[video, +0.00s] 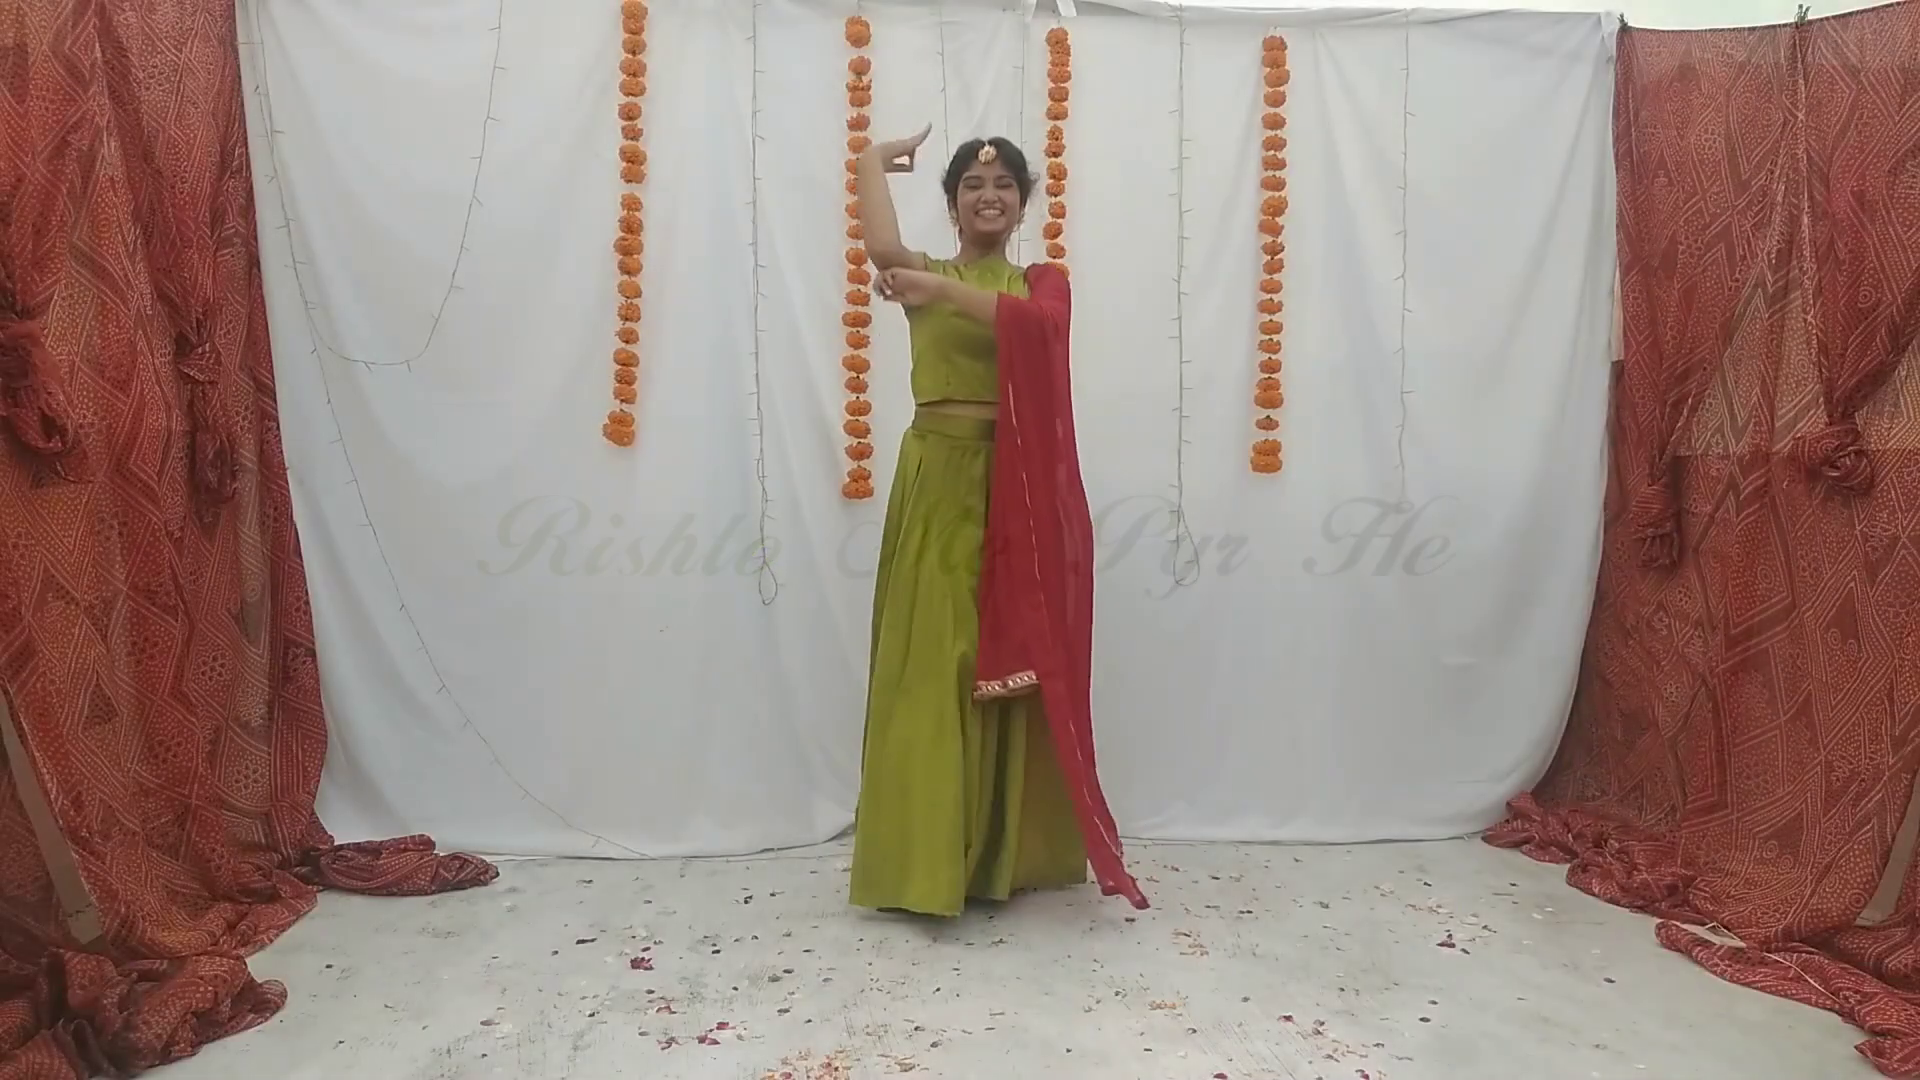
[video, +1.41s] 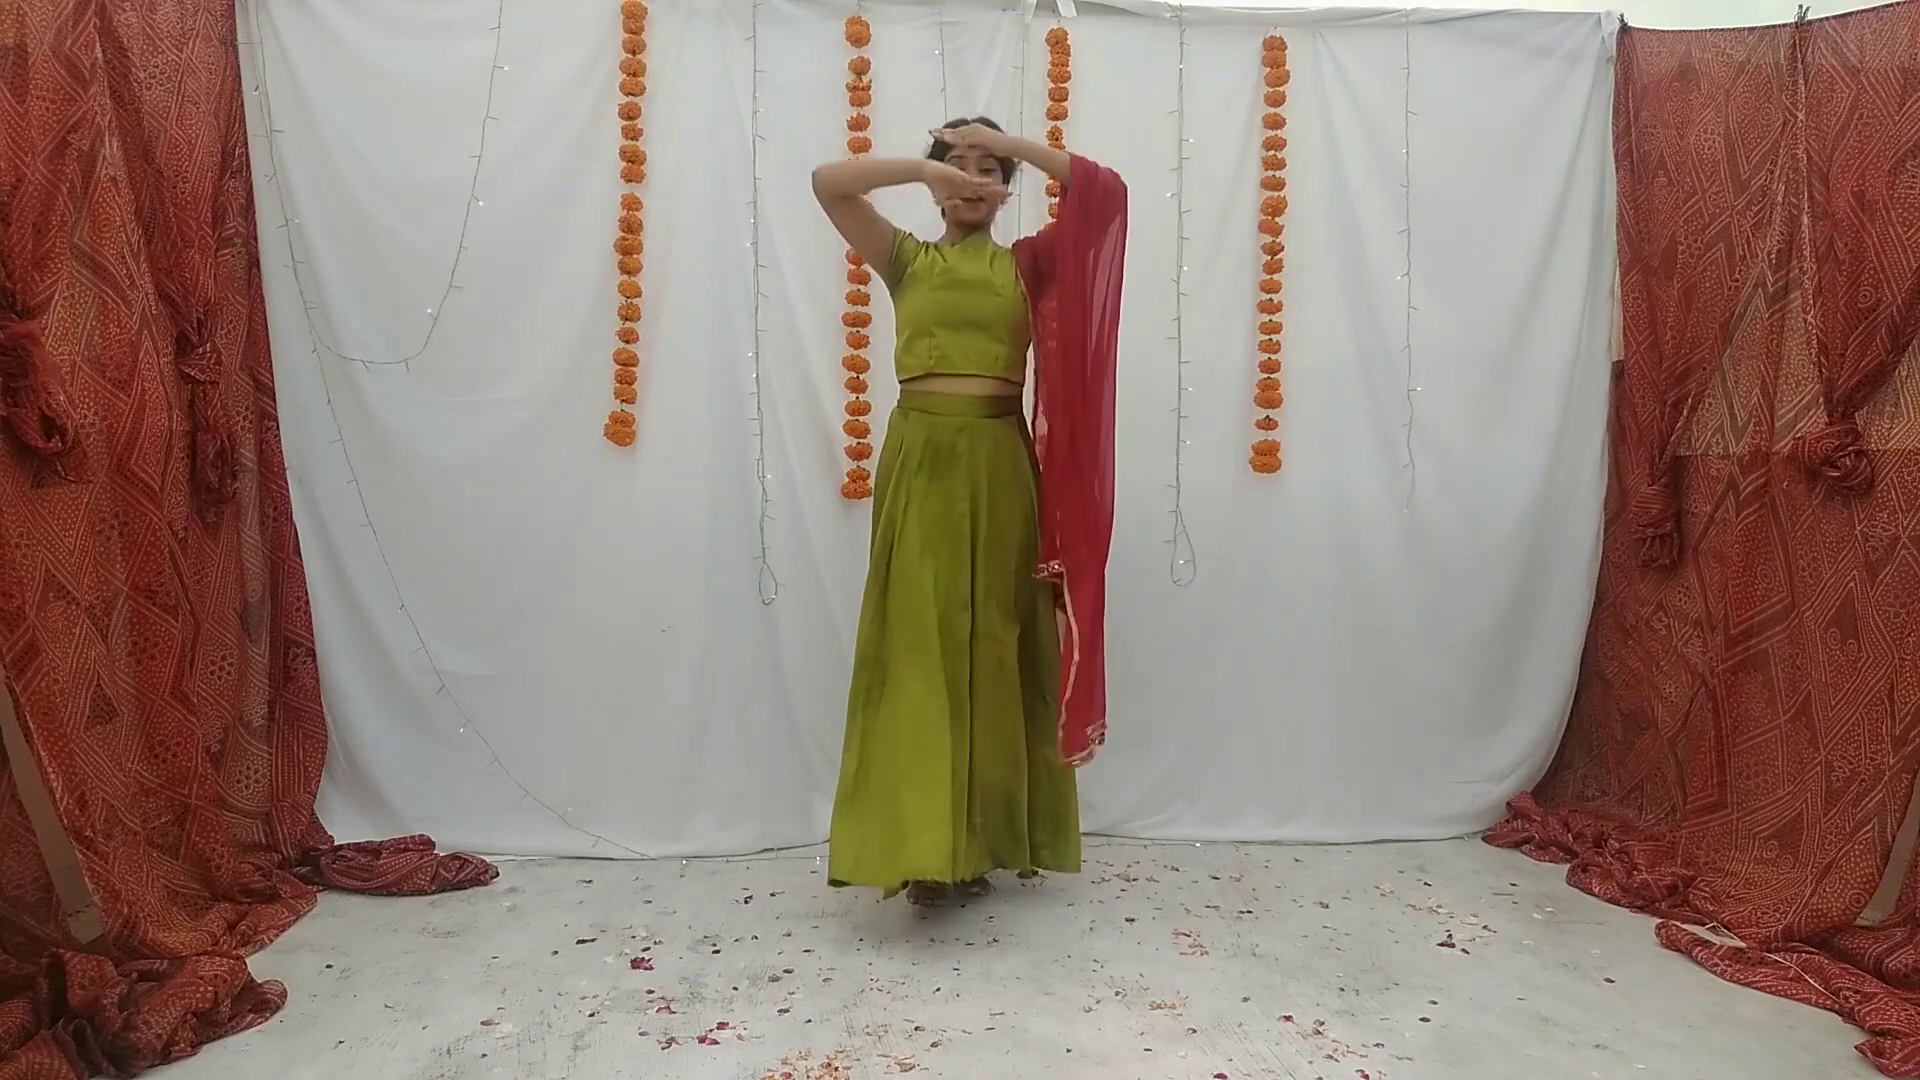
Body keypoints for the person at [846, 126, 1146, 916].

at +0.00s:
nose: (986, 198)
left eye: (1001, 186)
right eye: (973, 186)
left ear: (1022, 201)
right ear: (952, 201)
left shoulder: (1041, 285)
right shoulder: (930, 277)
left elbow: (1037, 330)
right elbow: (885, 248)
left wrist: (940, 290)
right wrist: (871, 160)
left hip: (1014, 484)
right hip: (935, 479)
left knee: (1008, 663)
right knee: (930, 666)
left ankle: (998, 858)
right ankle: (926, 863)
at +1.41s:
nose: (976, 180)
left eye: (990, 170)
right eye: (962, 168)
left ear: (1008, 187)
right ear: (936, 184)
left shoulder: (1026, 263)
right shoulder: (905, 258)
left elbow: (1107, 198)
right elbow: (828, 182)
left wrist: (1023, 147)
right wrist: (925, 167)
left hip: (998, 455)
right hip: (920, 452)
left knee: (992, 645)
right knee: (920, 644)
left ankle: (979, 842)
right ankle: (924, 852)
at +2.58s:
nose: (968, 166)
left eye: (985, 153)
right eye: (953, 152)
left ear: (1008, 161)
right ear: (933, 161)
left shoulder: (1041, 240)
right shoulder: (908, 241)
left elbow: (1109, 141)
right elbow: (826, 263)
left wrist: (1005, 88)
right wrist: (933, 291)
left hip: (1003, 459)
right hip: (914, 455)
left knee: (996, 657)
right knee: (908, 650)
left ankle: (979, 865)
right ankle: (910, 847)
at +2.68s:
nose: (985, 186)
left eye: (1001, 171)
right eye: (969, 168)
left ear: (1020, 181)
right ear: (943, 176)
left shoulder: (1043, 262)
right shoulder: (912, 263)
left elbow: (1118, 178)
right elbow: (828, 270)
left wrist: (1020, 133)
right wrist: (930, 305)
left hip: (1012, 485)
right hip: (922, 483)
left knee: (1002, 683)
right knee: (905, 678)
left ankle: (985, 885)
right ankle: (899, 862)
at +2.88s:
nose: (974, 222)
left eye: (992, 208)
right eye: (958, 208)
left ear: (1018, 218)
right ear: (938, 218)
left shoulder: (1041, 297)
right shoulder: (916, 297)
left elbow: (1118, 284)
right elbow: (842, 228)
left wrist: (998, 267)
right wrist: (928, 238)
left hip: (1019, 514)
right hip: (928, 510)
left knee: (1009, 700)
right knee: (929, 677)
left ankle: (1012, 883)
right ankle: (912, 890)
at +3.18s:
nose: (1009, 139)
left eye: (1026, 125)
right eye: (992, 124)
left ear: (1047, 142)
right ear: (966, 135)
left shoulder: (1062, 240)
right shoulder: (929, 216)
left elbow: (1144, 223)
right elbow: (863, 96)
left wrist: (1005, 224)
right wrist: (973, 50)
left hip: (1029, 451)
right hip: (937, 443)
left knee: (1010, 667)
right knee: (935, 662)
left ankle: (981, 871)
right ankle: (928, 900)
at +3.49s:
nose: (1013, 218)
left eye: (1023, 201)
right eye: (993, 202)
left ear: (1049, 205)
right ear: (966, 206)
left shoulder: (1085, 287)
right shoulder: (942, 291)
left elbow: (1157, 216)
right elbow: (841, 259)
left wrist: (1037, 179)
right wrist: (966, 243)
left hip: (1058, 515)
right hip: (956, 508)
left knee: (1062, 728)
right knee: (944, 722)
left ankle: (1064, 904)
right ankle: (928, 945)